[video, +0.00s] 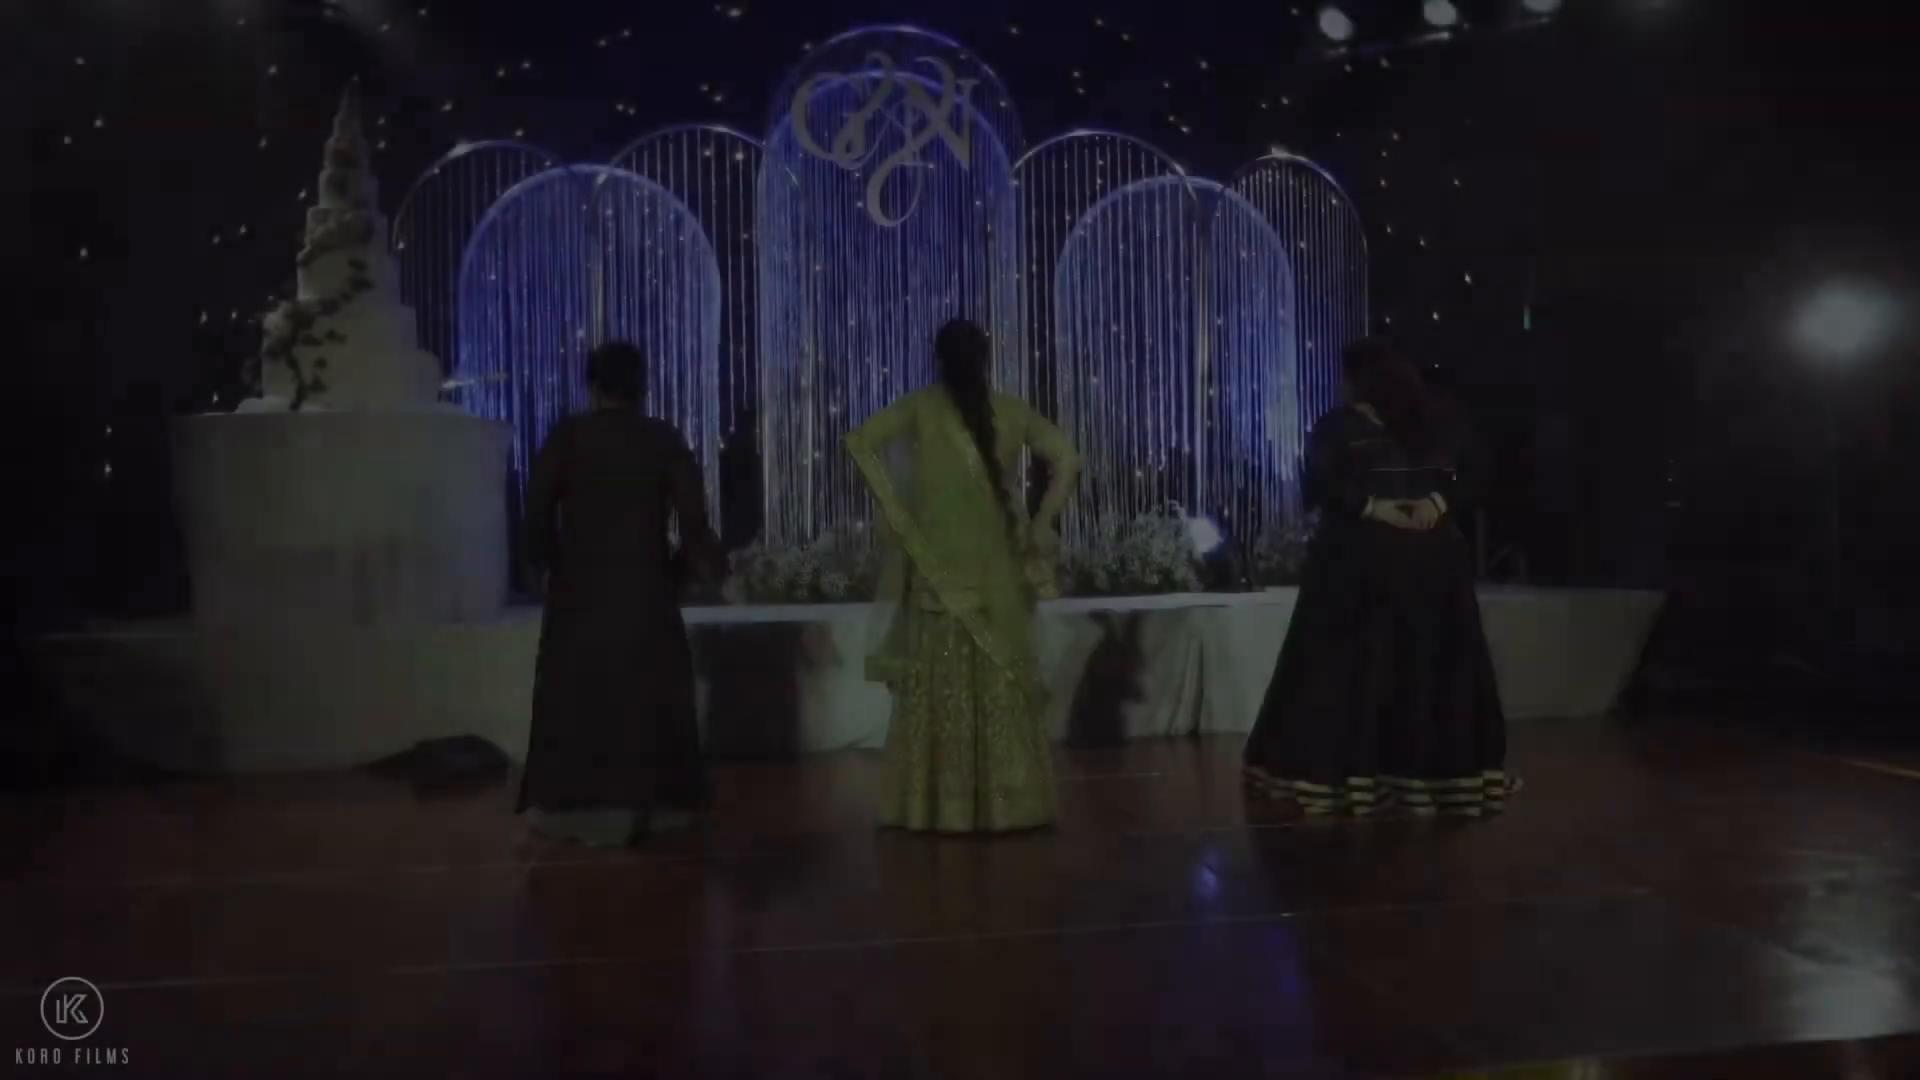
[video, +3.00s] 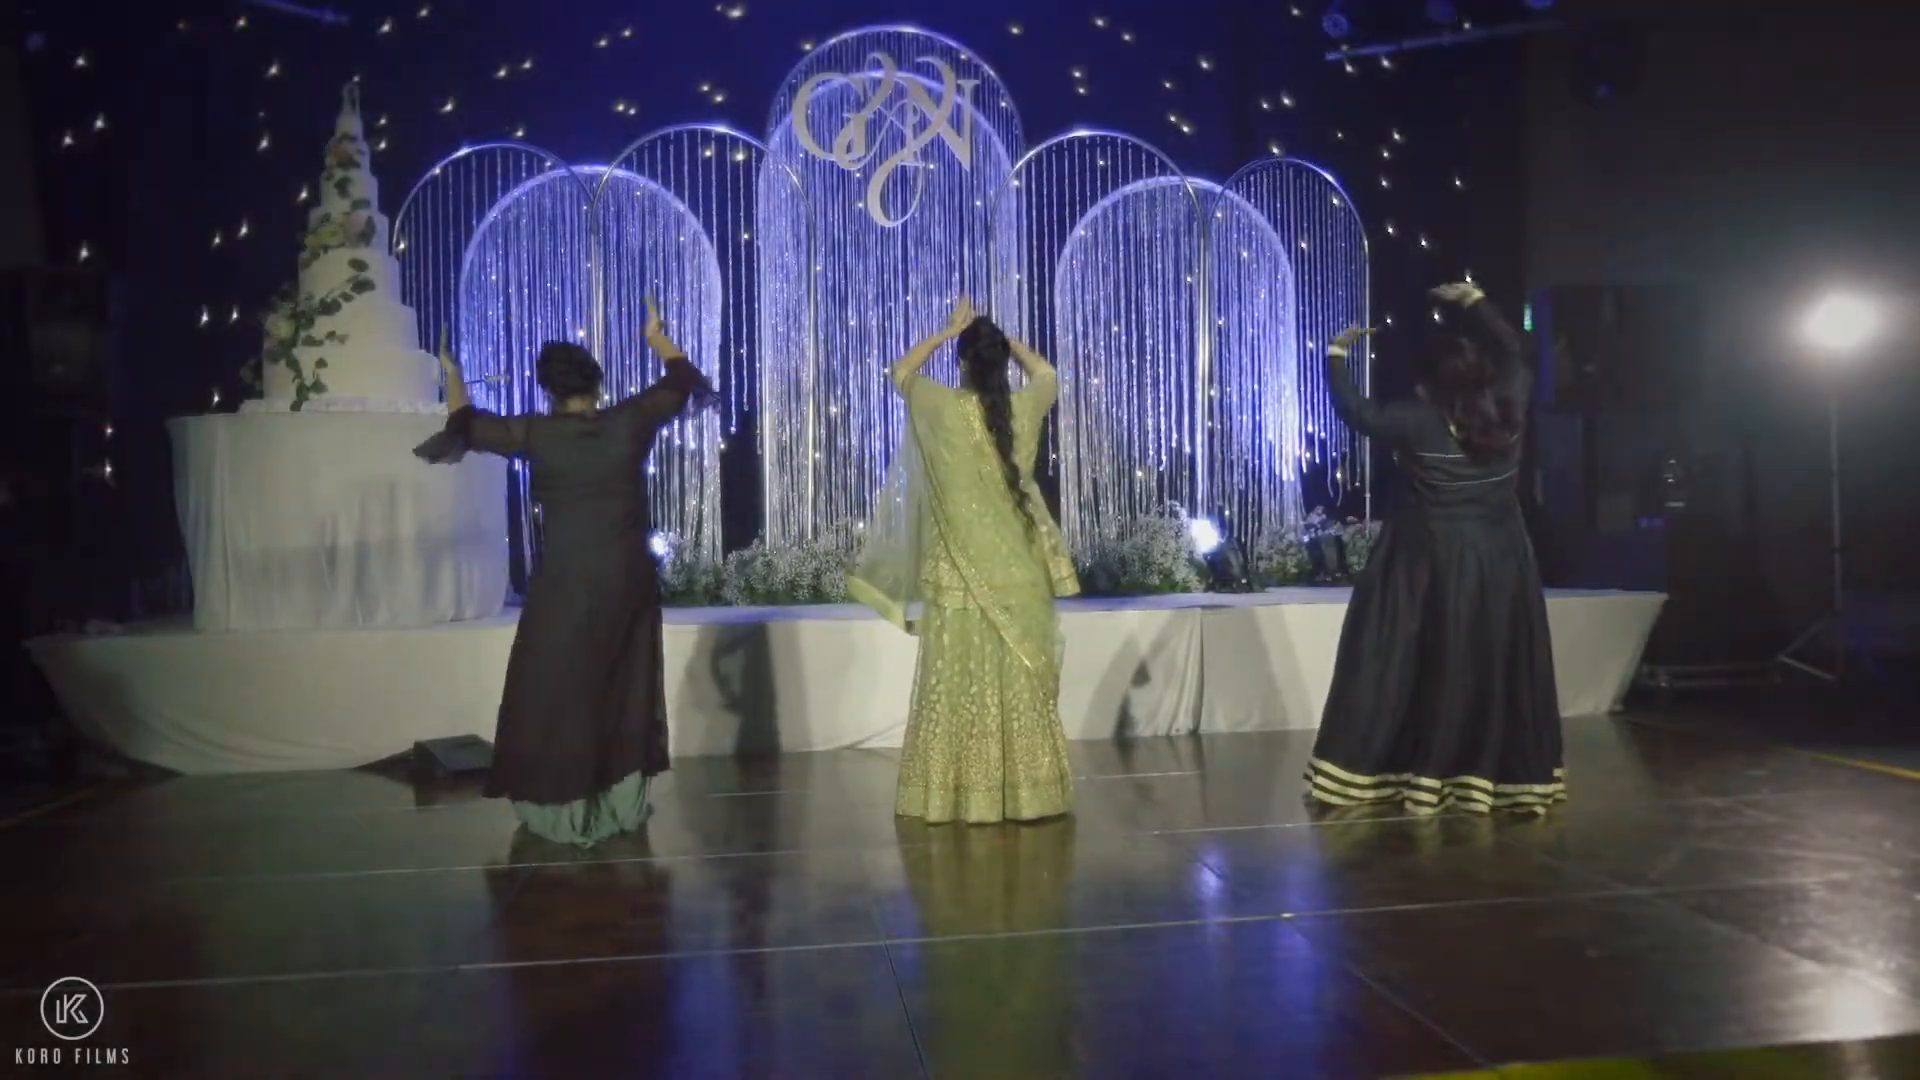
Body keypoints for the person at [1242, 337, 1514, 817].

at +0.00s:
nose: (1343, 385)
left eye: (1345, 378)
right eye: (1345, 377)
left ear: (1353, 379)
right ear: (1403, 376)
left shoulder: (1337, 427)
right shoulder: (1434, 421)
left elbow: (1321, 485)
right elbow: (1468, 472)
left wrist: (1373, 507)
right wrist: (1437, 502)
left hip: (1361, 566)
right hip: (1431, 565)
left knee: (1357, 666)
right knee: (1428, 665)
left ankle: (1358, 779)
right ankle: (1430, 778)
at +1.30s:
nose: (1375, 386)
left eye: (1376, 379)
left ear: (1382, 380)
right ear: (1431, 370)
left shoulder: (1373, 420)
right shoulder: (1465, 408)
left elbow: (1347, 453)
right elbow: (1528, 423)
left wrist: (1371, 505)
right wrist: (1500, 461)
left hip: (1405, 554)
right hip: (1471, 550)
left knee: (1397, 664)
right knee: (1470, 663)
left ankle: (1393, 780)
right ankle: (1474, 781)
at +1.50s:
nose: (1380, 390)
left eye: (1382, 382)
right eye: (1380, 382)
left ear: (1397, 384)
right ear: (1440, 373)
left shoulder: (1392, 423)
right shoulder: (1478, 415)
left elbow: (1368, 457)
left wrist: (1360, 518)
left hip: (1424, 551)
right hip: (1487, 547)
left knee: (1410, 661)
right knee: (1483, 660)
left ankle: (1405, 776)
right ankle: (1486, 777)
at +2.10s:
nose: (1388, 394)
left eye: (1392, 385)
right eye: (1389, 385)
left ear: (1406, 387)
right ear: (1448, 379)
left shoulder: (1407, 429)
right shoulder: (1485, 418)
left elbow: (1372, 477)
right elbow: (1539, 419)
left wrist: (1342, 444)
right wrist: (1511, 381)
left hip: (1425, 552)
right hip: (1489, 546)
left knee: (1419, 660)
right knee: (1487, 660)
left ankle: (1419, 777)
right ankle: (1493, 777)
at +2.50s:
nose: (1407, 387)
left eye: (1410, 379)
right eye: (1411, 379)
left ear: (1418, 383)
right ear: (1469, 374)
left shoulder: (1413, 424)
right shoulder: (1502, 409)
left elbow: (1348, 436)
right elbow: (1542, 373)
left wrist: (1326, 383)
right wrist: (1537, 310)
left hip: (1423, 546)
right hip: (1490, 544)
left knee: (1416, 661)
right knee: (1489, 663)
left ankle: (1415, 782)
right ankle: (1493, 782)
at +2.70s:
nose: (1413, 383)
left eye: (1417, 375)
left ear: (1425, 380)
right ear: (1476, 375)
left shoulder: (1416, 421)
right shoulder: (1503, 411)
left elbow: (1360, 380)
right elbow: (1505, 356)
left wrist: (1369, 316)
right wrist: (1473, 299)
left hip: (1430, 547)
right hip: (1496, 543)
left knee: (1426, 662)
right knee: (1495, 662)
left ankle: (1421, 783)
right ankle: (1497, 783)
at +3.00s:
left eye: (1435, 359)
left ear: (1430, 372)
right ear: (1486, 369)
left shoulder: (1414, 421)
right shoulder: (1508, 408)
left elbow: (1356, 410)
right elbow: (1510, 351)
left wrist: (1337, 359)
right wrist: (1476, 301)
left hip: (1431, 546)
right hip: (1499, 545)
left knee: (1422, 659)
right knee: (1495, 661)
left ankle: (1417, 782)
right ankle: (1495, 782)